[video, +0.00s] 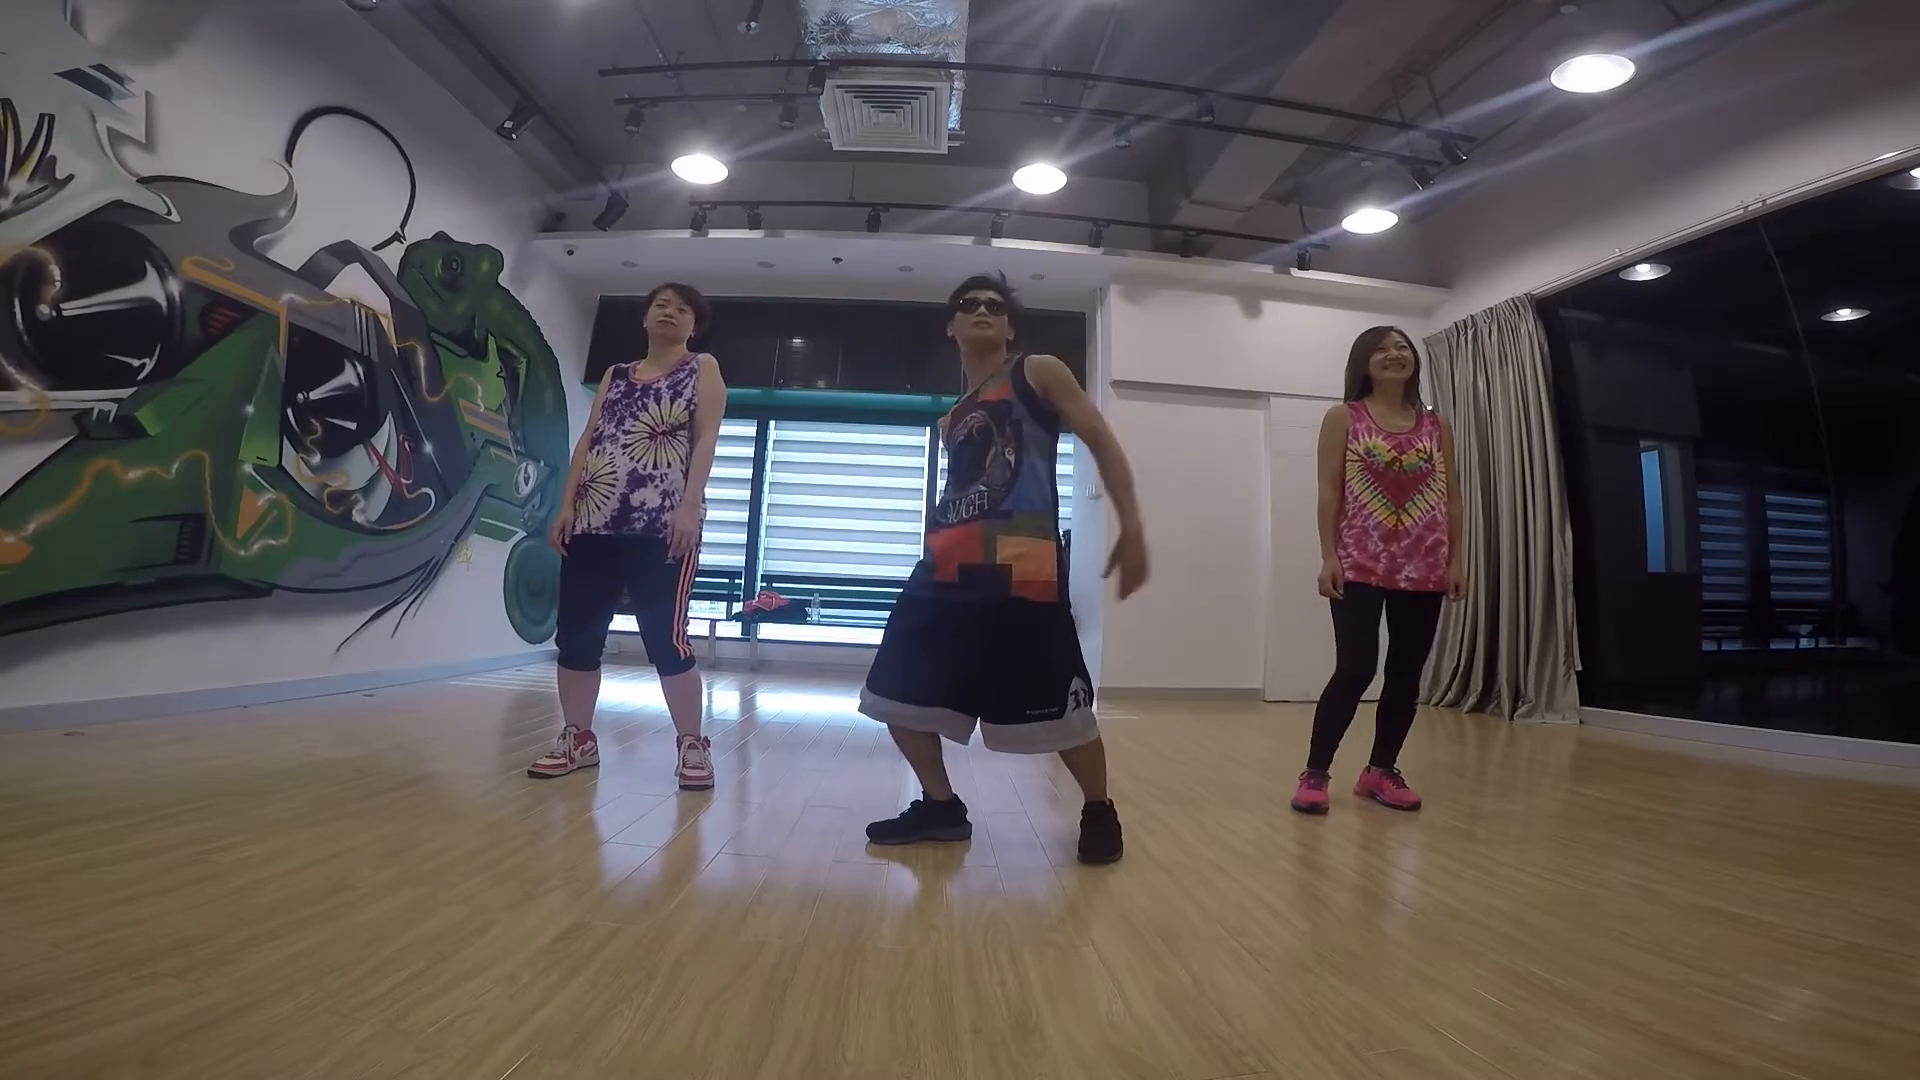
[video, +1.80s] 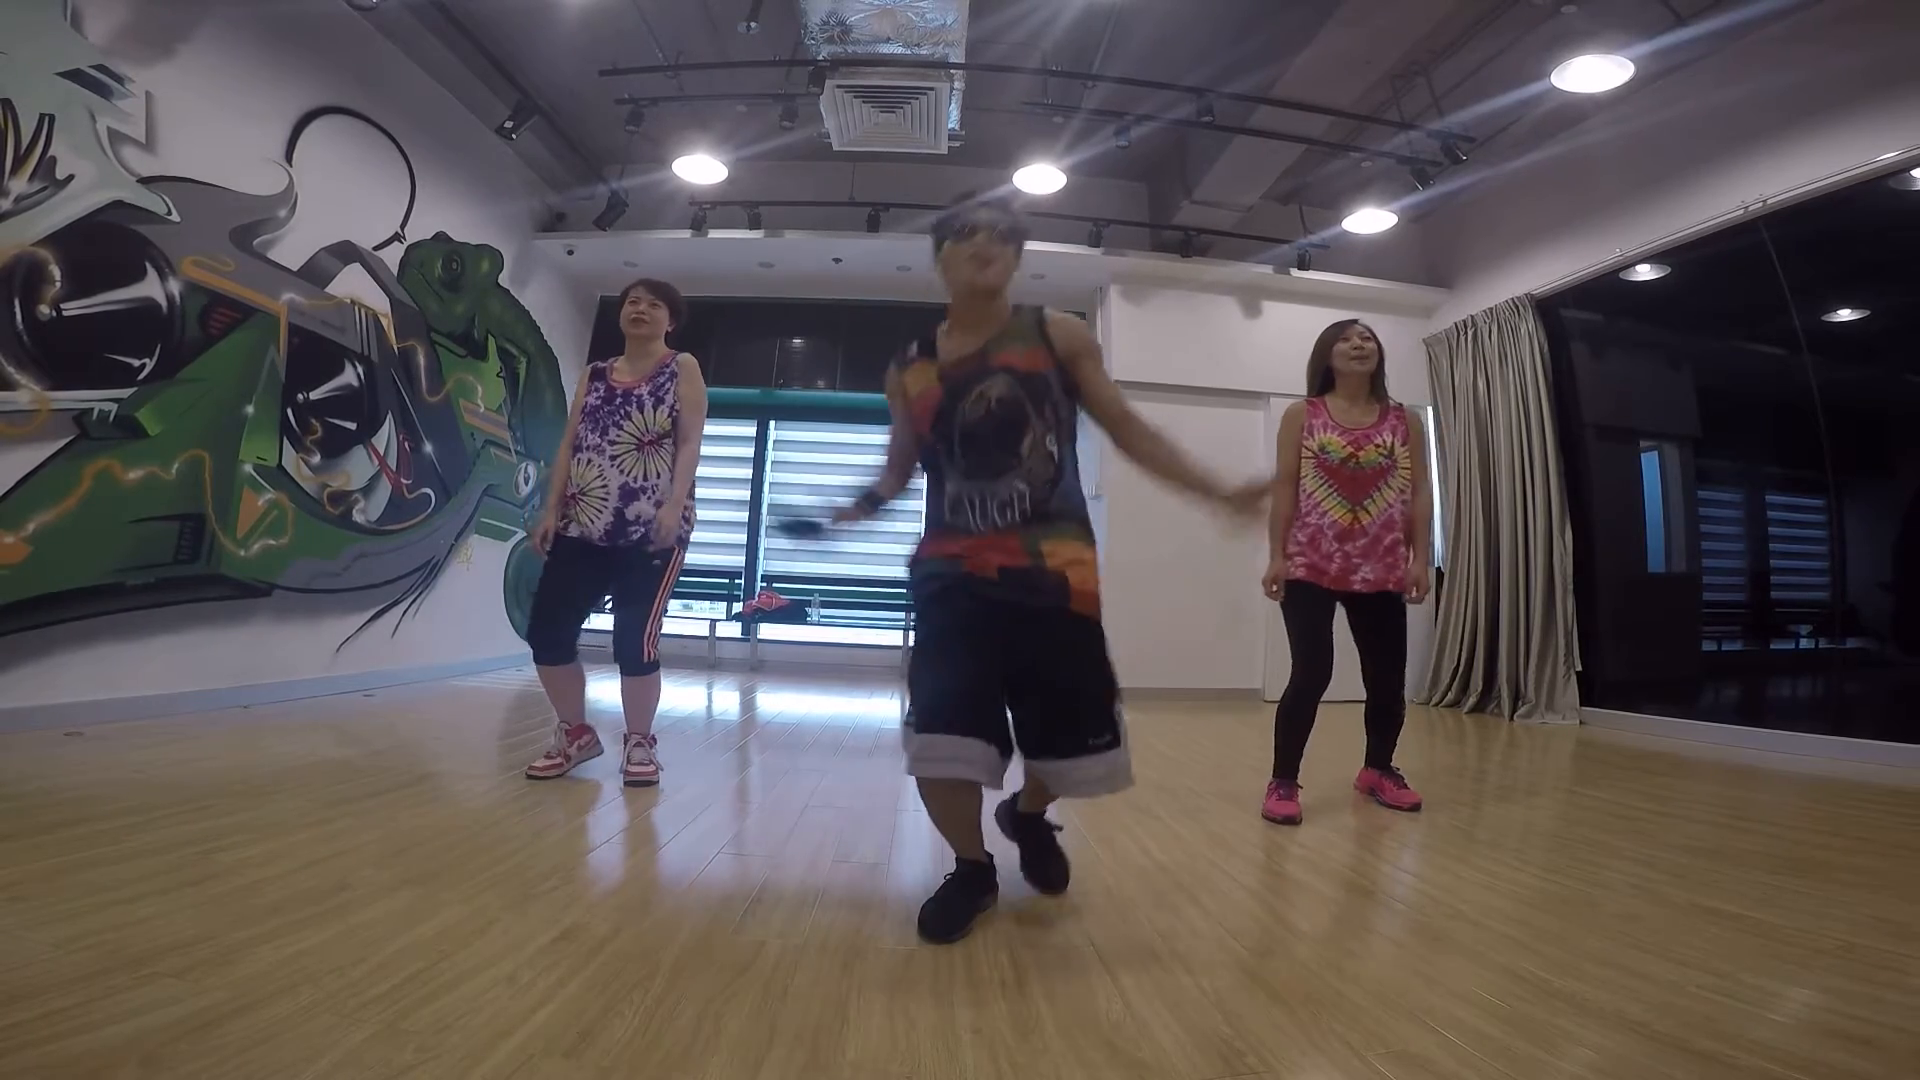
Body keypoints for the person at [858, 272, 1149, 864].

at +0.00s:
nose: (982, 313)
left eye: (994, 308)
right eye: (970, 307)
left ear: (1011, 328)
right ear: (951, 329)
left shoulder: (1038, 371)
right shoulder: (955, 418)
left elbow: (1101, 441)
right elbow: (967, 495)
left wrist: (1132, 527)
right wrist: (947, 556)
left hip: (1025, 568)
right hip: (947, 570)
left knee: (1060, 702)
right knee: (896, 693)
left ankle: (1098, 807)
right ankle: (939, 804)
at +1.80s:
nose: (984, 251)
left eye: (999, 240)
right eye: (966, 238)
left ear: (1018, 259)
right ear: (939, 259)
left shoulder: (1059, 337)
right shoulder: (913, 368)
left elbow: (1130, 432)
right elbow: (896, 469)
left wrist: (1218, 491)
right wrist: (860, 503)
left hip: (1054, 570)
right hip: (956, 570)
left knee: (1073, 742)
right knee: (937, 744)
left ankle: (1025, 813)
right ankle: (972, 866)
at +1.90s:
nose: (1012, 229)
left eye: (1025, 219)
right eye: (993, 217)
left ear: (1038, 241)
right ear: (959, 236)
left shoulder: (1069, 328)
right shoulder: (913, 334)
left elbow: (1158, 406)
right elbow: (858, 413)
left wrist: (1273, 442)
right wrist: (810, 431)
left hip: (1047, 561)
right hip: (942, 565)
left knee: (1086, 732)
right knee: (930, 744)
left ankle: (1028, 807)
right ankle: (970, 866)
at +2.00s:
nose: (1027, 232)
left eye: (1041, 220)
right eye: (1009, 217)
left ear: (1053, 237)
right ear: (974, 228)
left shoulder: (1073, 331)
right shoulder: (915, 317)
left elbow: (1166, 398)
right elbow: (831, 369)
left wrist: (1275, 419)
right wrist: (755, 373)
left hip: (1044, 558)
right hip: (938, 560)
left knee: (1089, 723)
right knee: (924, 739)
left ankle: (1026, 821)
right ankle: (966, 867)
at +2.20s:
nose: (1049, 244)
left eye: (1062, 235)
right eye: (1029, 234)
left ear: (1077, 262)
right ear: (996, 257)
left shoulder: (1081, 367)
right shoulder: (939, 321)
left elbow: (1135, 462)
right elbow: (844, 361)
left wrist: (1246, 466)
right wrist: (763, 369)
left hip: (1031, 586)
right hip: (925, 580)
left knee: (1060, 767)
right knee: (913, 761)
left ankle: (1025, 864)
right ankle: (969, 867)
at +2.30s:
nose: (1055, 256)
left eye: (1068, 248)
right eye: (1036, 246)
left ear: (1085, 275)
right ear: (1004, 269)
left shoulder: (1089, 388)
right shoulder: (943, 335)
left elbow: (1106, 495)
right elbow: (872, 407)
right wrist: (853, 429)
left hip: (1036, 591)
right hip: (930, 584)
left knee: (1075, 766)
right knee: (906, 762)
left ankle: (1028, 862)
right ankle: (969, 866)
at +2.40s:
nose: (1048, 257)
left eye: (1062, 247)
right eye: (1028, 246)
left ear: (1077, 272)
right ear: (997, 268)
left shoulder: (1093, 388)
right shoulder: (942, 349)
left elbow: (1086, 499)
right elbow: (920, 467)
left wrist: (1071, 584)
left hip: (1050, 596)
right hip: (944, 589)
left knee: (1087, 767)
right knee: (916, 759)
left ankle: (1031, 863)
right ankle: (970, 864)